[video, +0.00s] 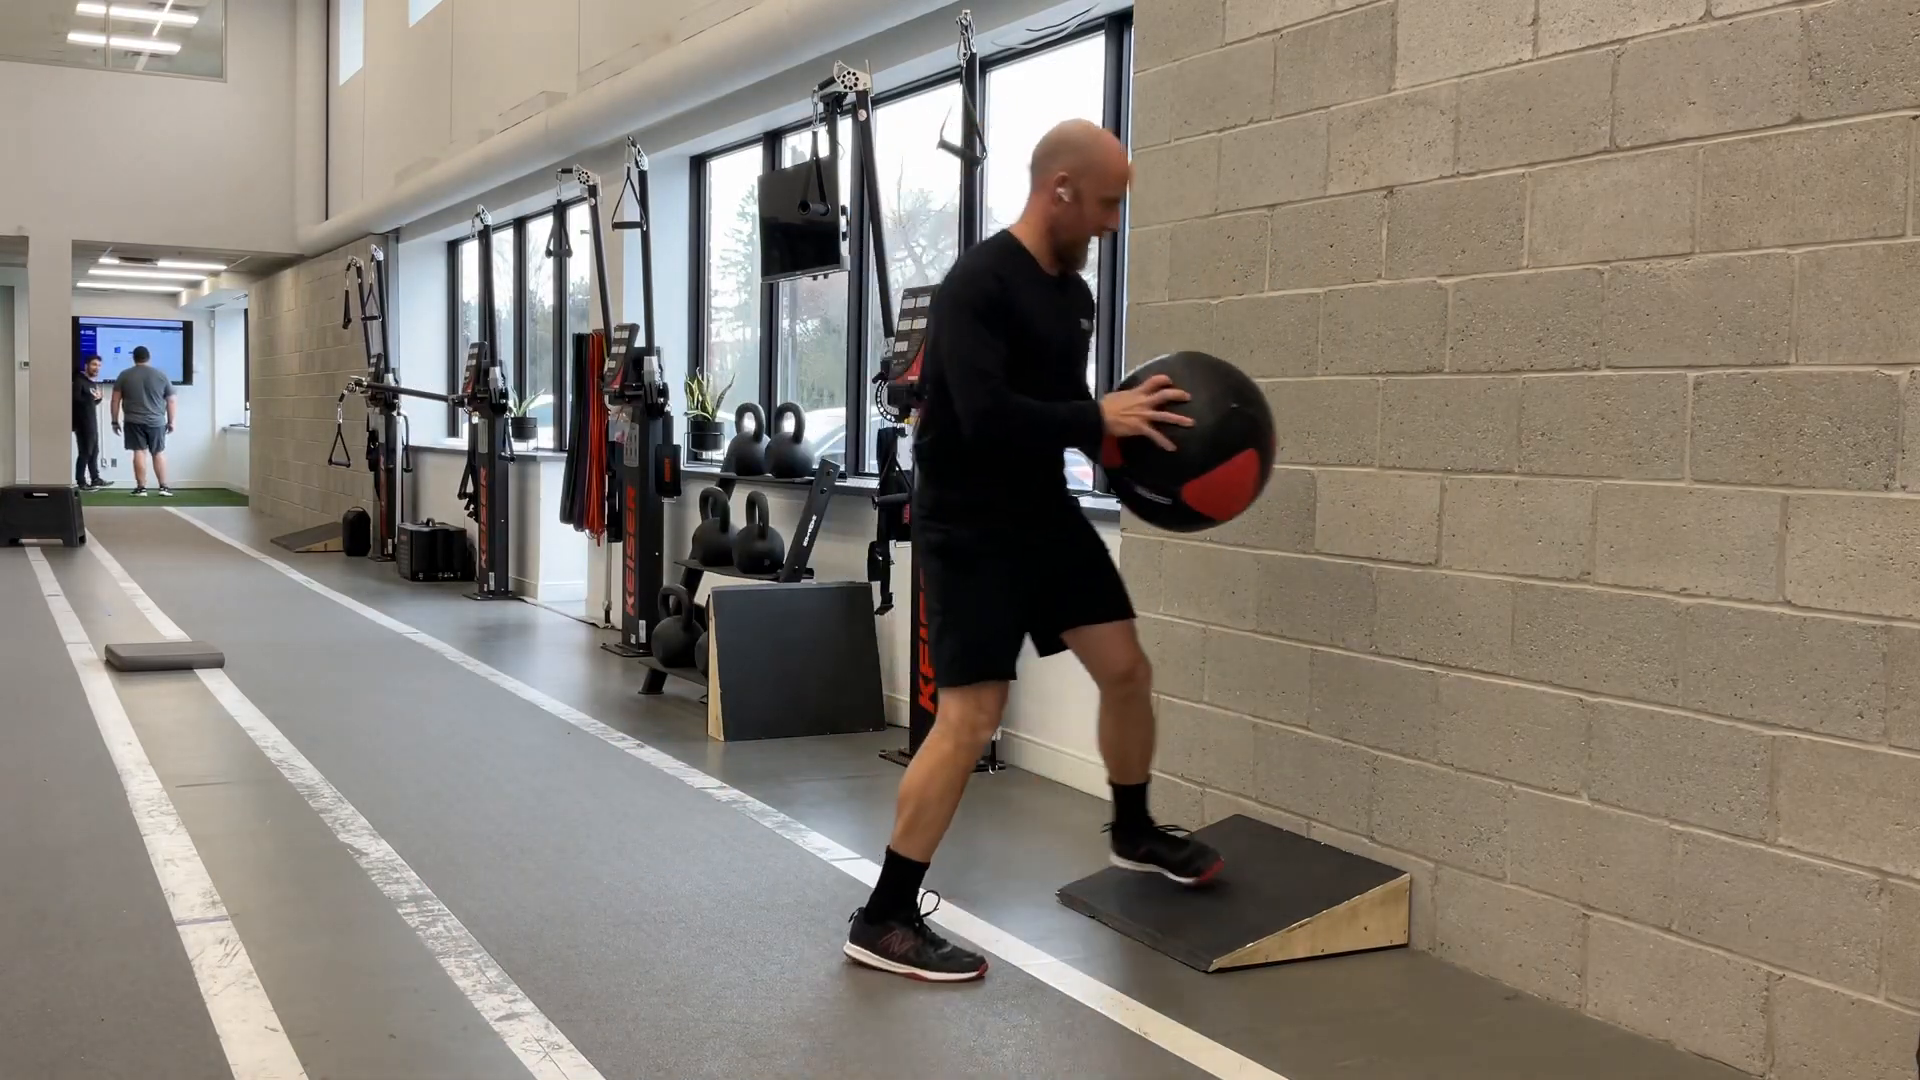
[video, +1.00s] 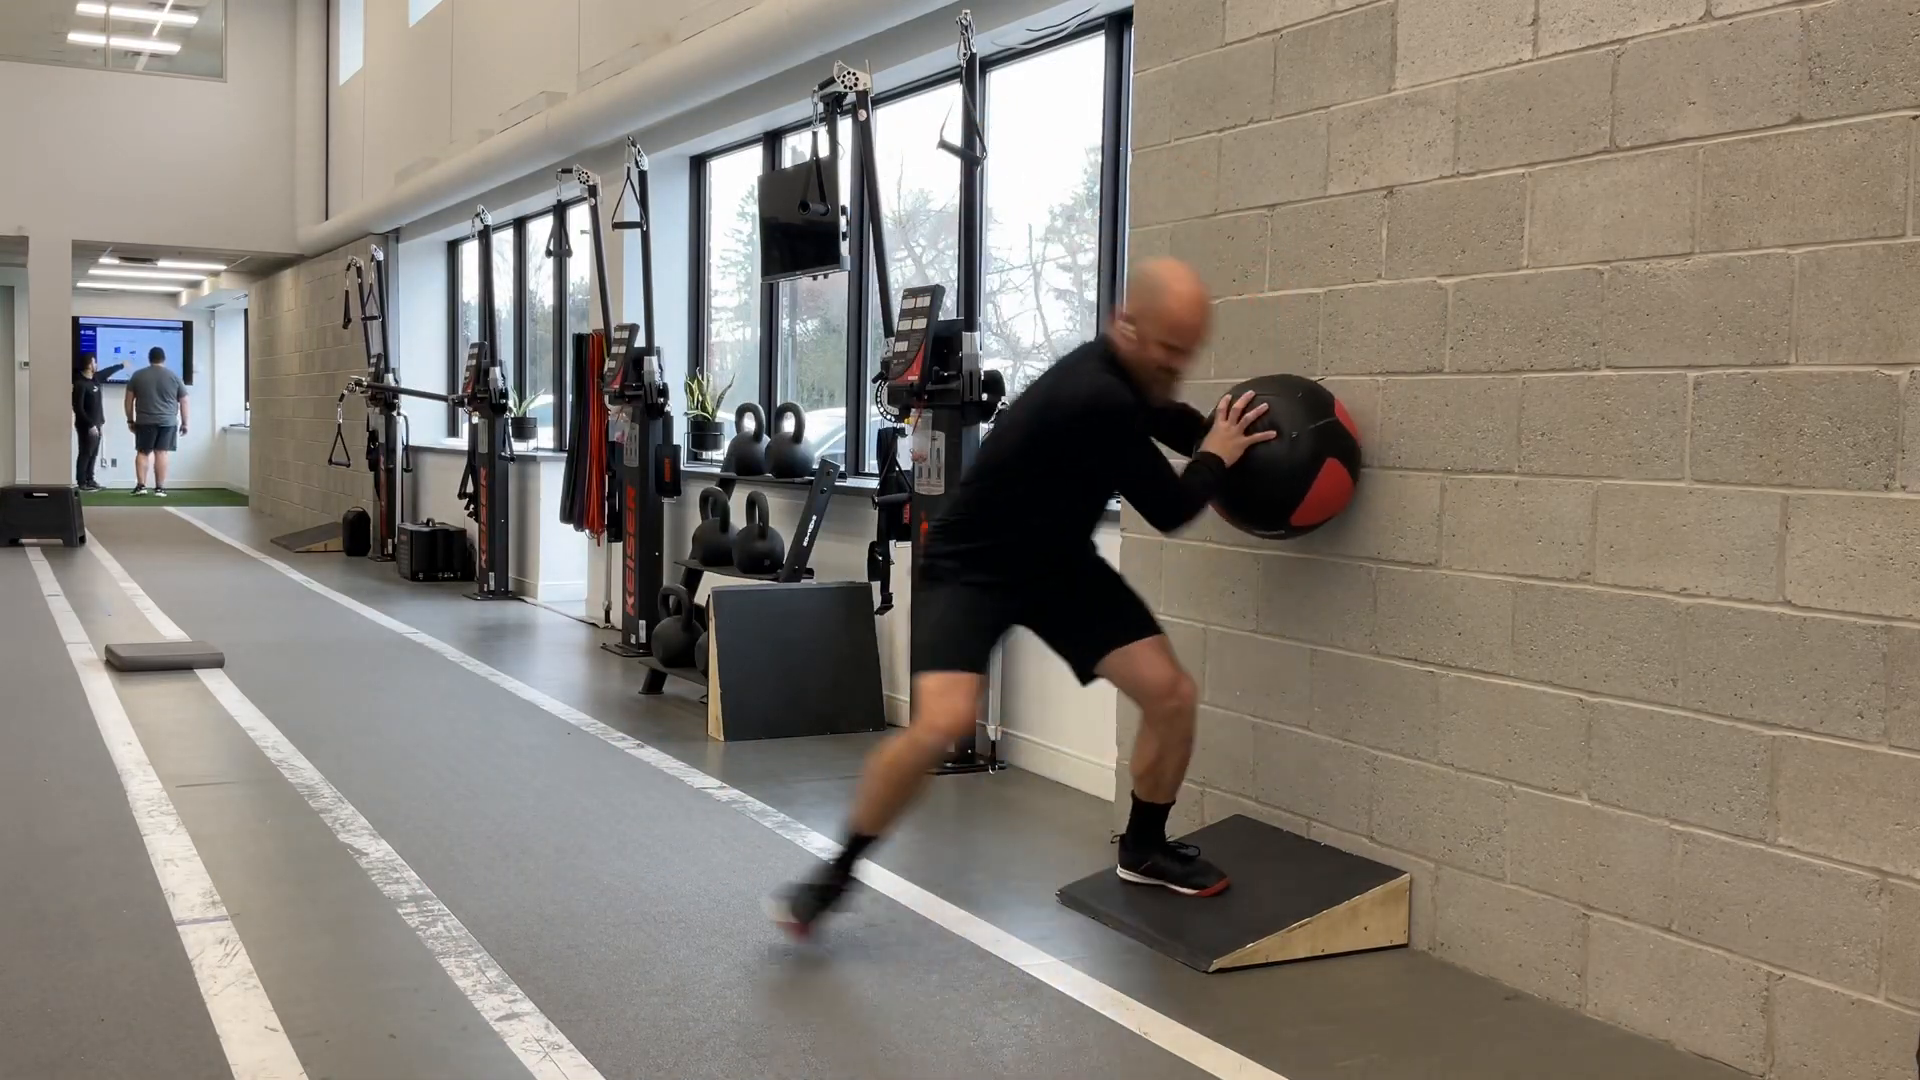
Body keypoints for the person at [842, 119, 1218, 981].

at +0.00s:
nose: (1116, 221)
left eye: (1121, 204)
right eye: (1109, 204)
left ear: (1064, 195)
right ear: (1057, 193)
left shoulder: (1069, 295)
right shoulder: (976, 281)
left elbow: (1062, 412)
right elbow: (981, 410)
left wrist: (1138, 454)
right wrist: (1094, 418)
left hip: (1043, 514)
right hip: (965, 526)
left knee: (1126, 671)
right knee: (968, 717)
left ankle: (1134, 830)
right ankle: (885, 916)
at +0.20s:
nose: (1204, 274)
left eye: (1212, 258)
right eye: (1197, 255)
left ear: (1166, 239)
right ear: (1146, 232)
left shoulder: (1155, 315)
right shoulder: (1070, 309)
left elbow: (1133, 426)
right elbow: (1077, 440)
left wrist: (1202, 466)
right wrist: (1173, 428)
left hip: (1103, 508)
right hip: (1028, 512)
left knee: (1164, 672)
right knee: (1068, 692)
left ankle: (1143, 845)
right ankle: (956, 873)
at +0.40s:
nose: (1247, 333)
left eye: (1257, 320)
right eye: (1241, 316)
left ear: (1256, 298)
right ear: (1198, 283)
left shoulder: (1202, 342)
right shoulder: (1126, 346)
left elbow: (1173, 448)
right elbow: (1143, 484)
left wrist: (1240, 448)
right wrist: (1227, 450)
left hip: (1133, 518)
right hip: (1059, 519)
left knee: (1193, 675)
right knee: (1154, 672)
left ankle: (1149, 838)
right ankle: (1100, 842)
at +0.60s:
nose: (1260, 376)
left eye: (1271, 363)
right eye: (1253, 359)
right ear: (1212, 322)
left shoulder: (1217, 368)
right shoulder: (1145, 373)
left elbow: (1214, 455)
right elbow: (1158, 509)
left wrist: (1305, 444)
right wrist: (1228, 463)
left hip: (1146, 532)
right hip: (1075, 534)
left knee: (1209, 684)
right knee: (1186, 678)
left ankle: (1150, 837)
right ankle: (1113, 844)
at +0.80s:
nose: (1249, 398)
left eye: (1262, 387)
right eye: (1242, 381)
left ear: (1279, 364)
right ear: (1204, 345)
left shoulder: (1211, 390)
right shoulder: (1144, 389)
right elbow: (1188, 526)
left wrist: (1271, 462)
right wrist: (1225, 469)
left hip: (1121, 541)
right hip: (1045, 543)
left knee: (1203, 686)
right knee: (1151, 690)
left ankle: (1148, 844)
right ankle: (1085, 858)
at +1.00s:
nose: (1179, 364)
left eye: (1188, 350)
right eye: (1169, 347)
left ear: (1192, 334)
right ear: (1125, 324)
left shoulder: (1125, 373)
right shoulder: (1092, 394)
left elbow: (1169, 421)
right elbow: (1169, 509)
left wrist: (1251, 439)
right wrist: (1215, 455)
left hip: (1056, 562)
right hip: (969, 563)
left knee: (1171, 695)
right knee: (943, 723)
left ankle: (1144, 848)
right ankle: (837, 873)